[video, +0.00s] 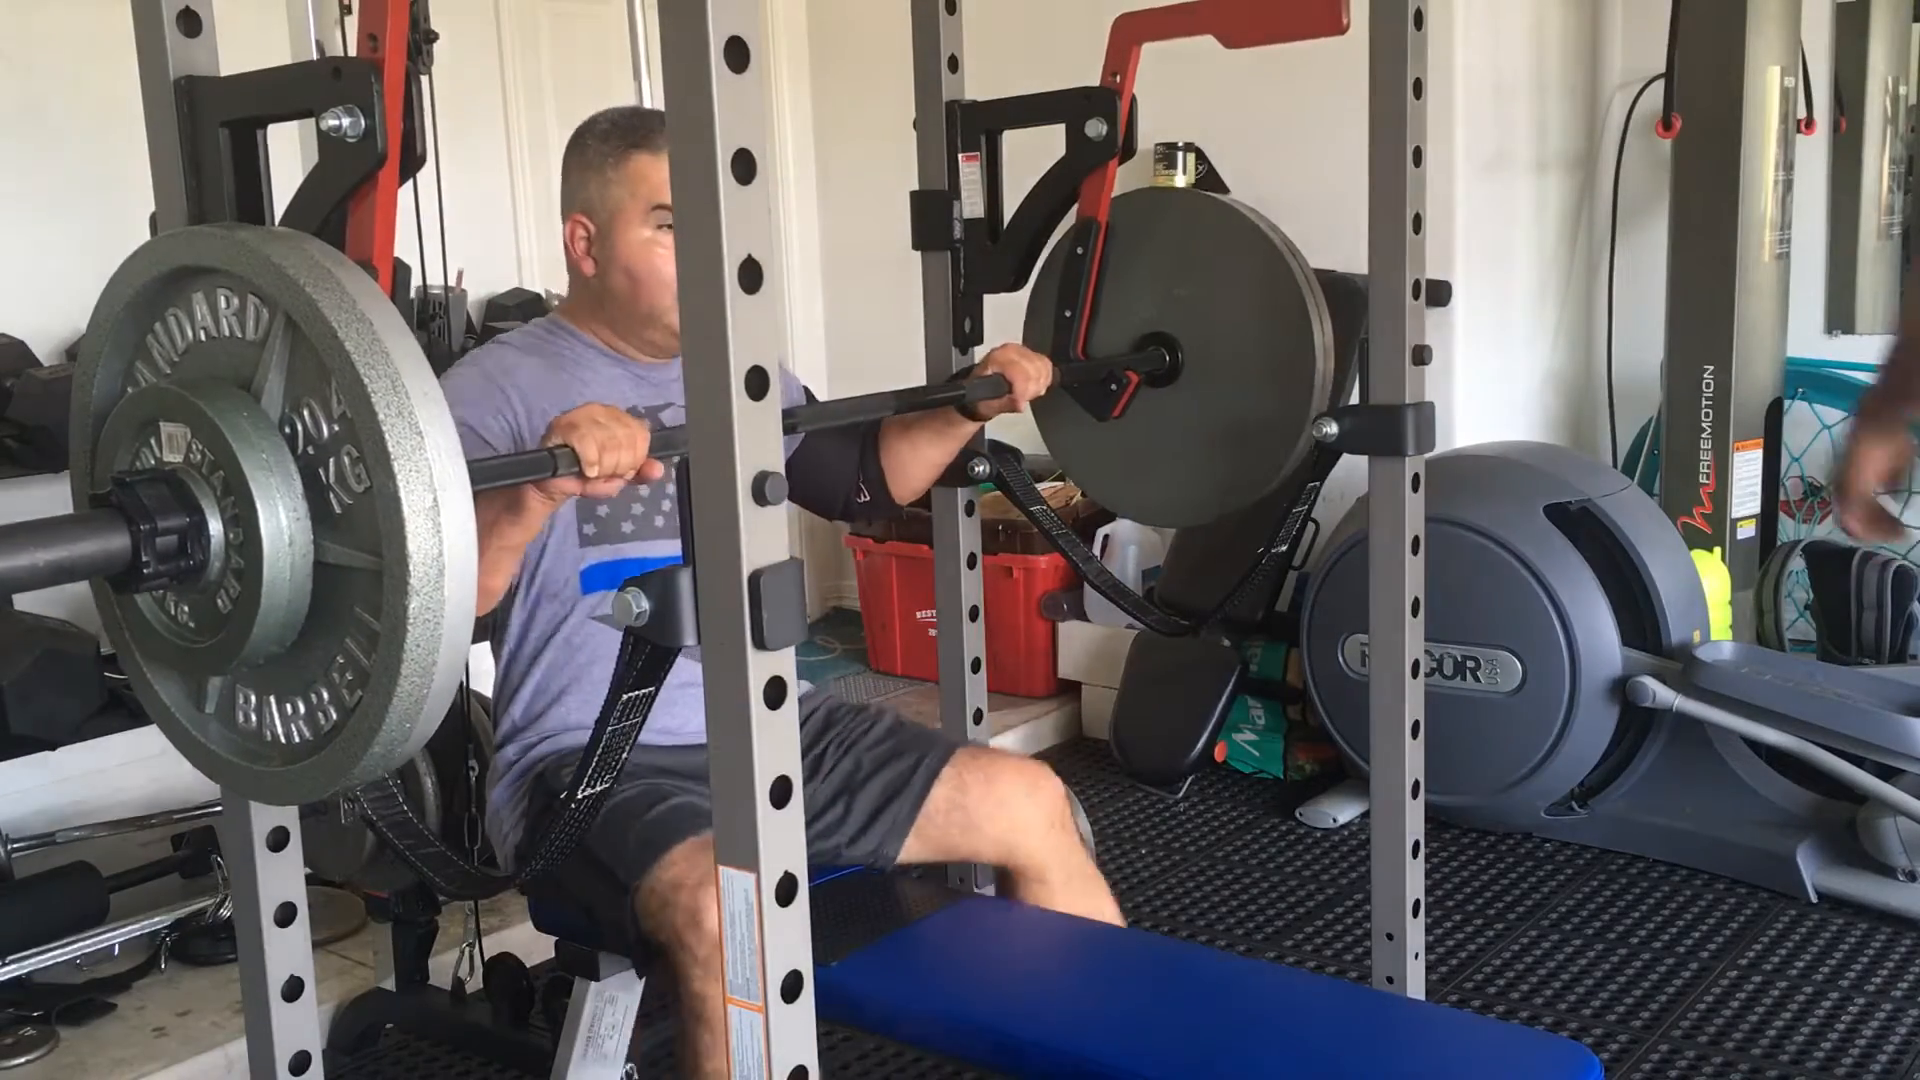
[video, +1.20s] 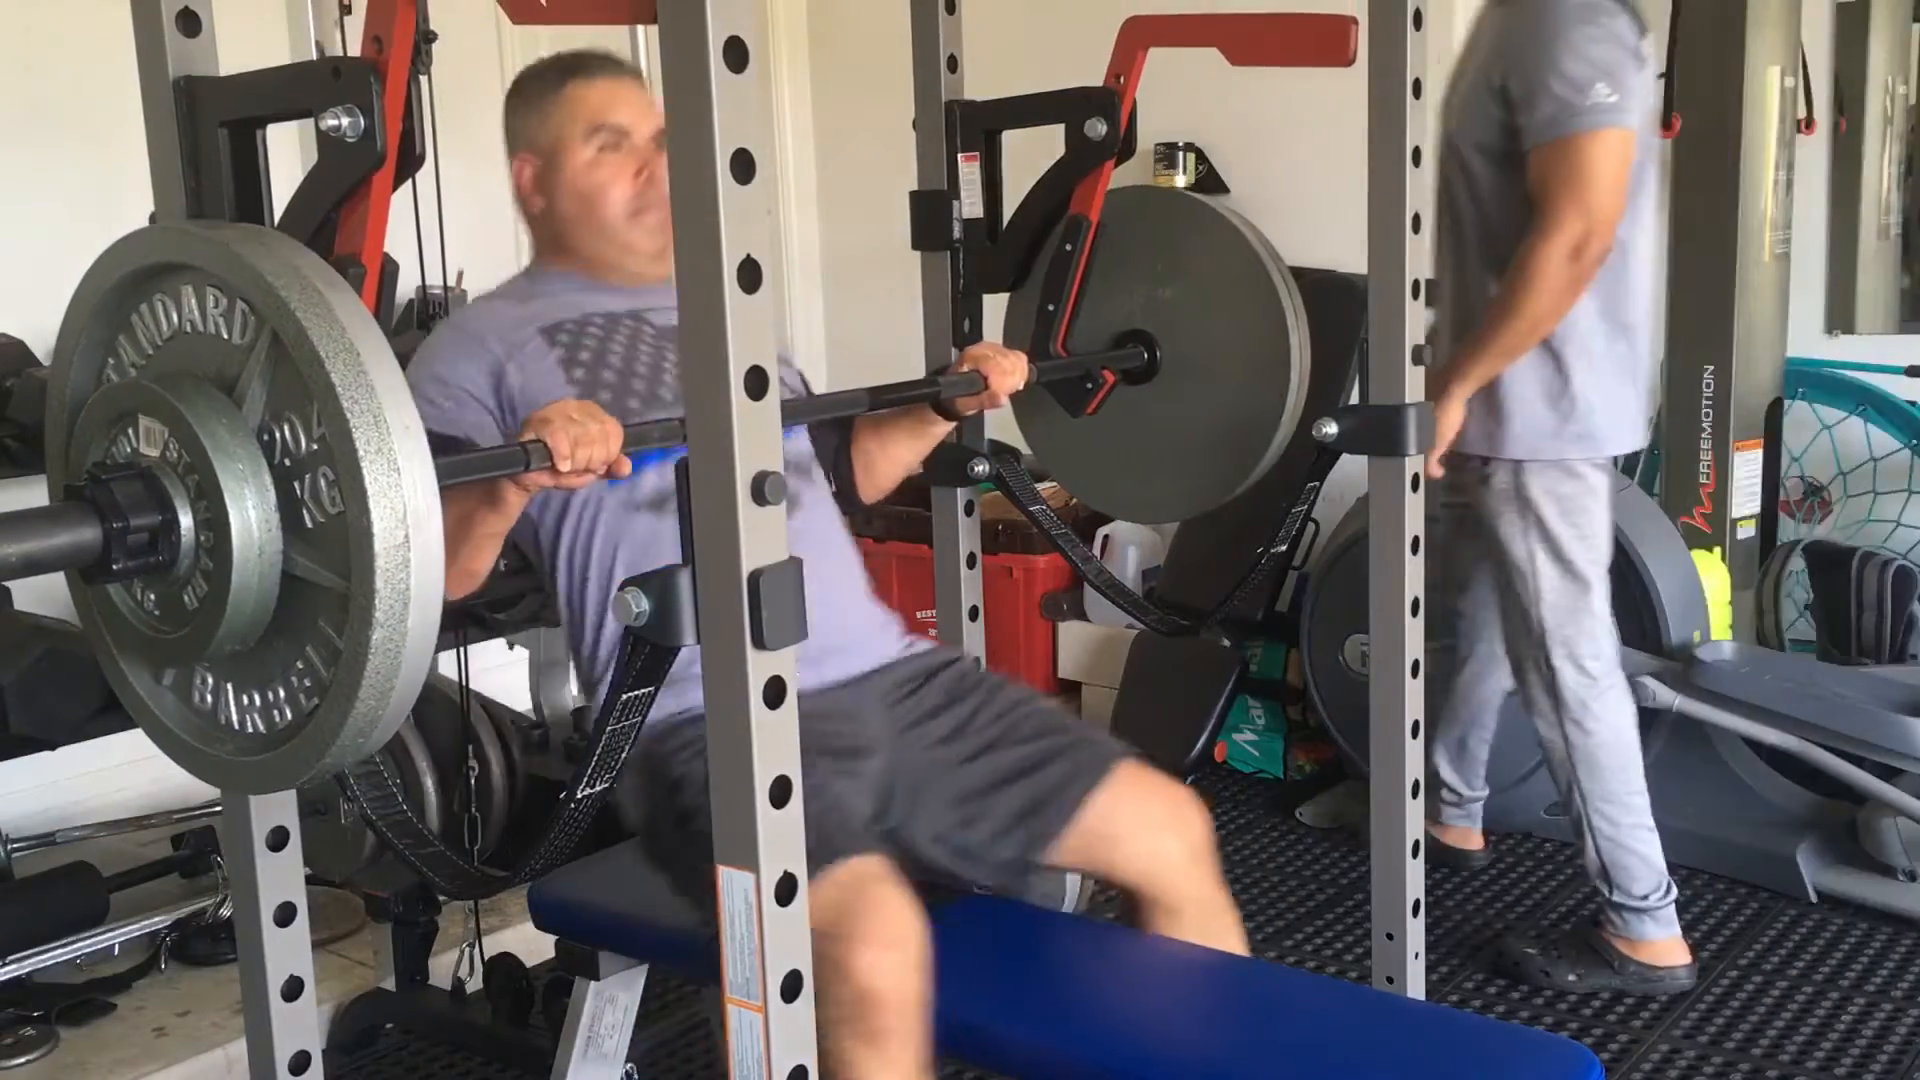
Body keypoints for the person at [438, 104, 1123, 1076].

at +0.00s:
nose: (703, 252)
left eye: (709, 224)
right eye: (668, 226)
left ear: (733, 235)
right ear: (584, 246)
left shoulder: (734, 373)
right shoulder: (495, 386)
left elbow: (866, 477)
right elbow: (440, 603)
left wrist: (973, 396)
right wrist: (537, 487)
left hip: (764, 726)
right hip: (590, 757)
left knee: (1028, 800)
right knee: (717, 900)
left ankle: (1126, 1050)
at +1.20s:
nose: (652, 168)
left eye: (662, 141)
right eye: (610, 143)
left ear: (685, 161)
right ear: (531, 180)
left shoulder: (721, 310)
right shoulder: (483, 343)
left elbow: (845, 475)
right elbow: (438, 579)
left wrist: (949, 404)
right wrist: (514, 474)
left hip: (889, 675)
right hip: (707, 722)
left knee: (1171, 827)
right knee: (876, 936)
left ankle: (1221, 1073)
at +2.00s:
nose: (712, 659)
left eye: (721, 648)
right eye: (704, 671)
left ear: (824, 661)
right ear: (723, 728)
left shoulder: (986, 657)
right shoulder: (807, 784)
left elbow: (1097, 606)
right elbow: (636, 774)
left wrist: (1024, 440)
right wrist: (597, 538)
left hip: (1334, 761)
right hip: (1186, 856)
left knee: (1719, 993)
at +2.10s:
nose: (779, 650)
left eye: (778, 636)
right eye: (750, 665)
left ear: (830, 657)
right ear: (744, 726)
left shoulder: (981, 666)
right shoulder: (821, 795)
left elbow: (1124, 615)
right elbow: (676, 760)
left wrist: (1035, 450)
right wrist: (622, 549)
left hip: (1377, 768)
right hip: (1234, 859)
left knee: (1766, 1019)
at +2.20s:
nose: (810, 668)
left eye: (812, 658)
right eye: (783, 684)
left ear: (863, 657)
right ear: (772, 734)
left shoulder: (1013, 669)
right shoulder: (852, 792)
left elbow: (1138, 591)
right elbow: (709, 762)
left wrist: (1038, 443)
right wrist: (637, 561)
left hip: (1415, 777)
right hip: (1270, 852)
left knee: (1804, 1033)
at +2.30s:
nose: (818, 672)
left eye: (822, 656)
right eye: (791, 683)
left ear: (875, 658)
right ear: (787, 734)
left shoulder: (1029, 667)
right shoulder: (874, 796)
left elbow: (1150, 588)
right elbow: (728, 785)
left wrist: (1039, 444)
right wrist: (643, 564)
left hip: (1441, 778)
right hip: (1291, 858)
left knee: (1833, 1043)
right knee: (1432, 912)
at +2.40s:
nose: (812, 690)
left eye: (812, 679)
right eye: (790, 702)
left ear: (869, 673)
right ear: (788, 750)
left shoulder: (1050, 667)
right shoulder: (879, 804)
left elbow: (1154, 583)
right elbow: (736, 766)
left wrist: (1037, 444)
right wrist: (643, 558)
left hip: (1476, 792)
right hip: (1323, 873)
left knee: (1851, 1055)